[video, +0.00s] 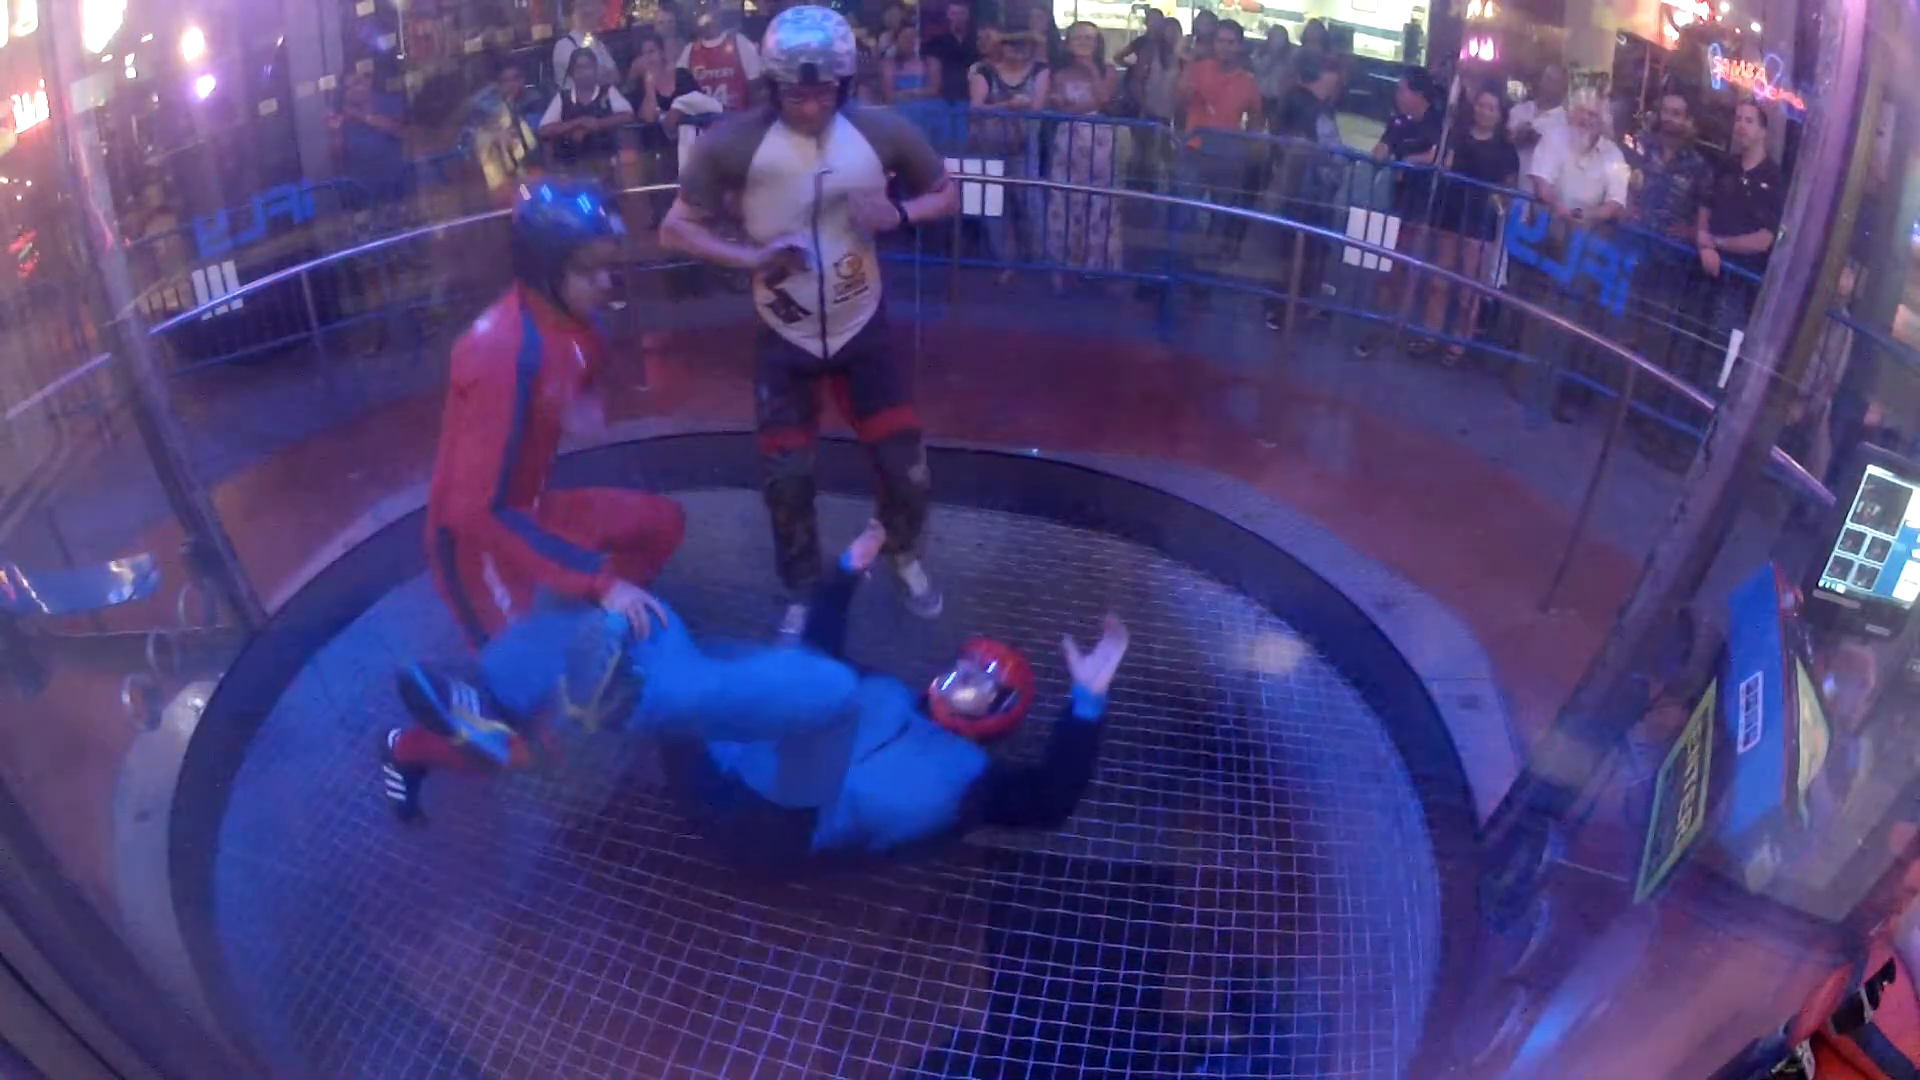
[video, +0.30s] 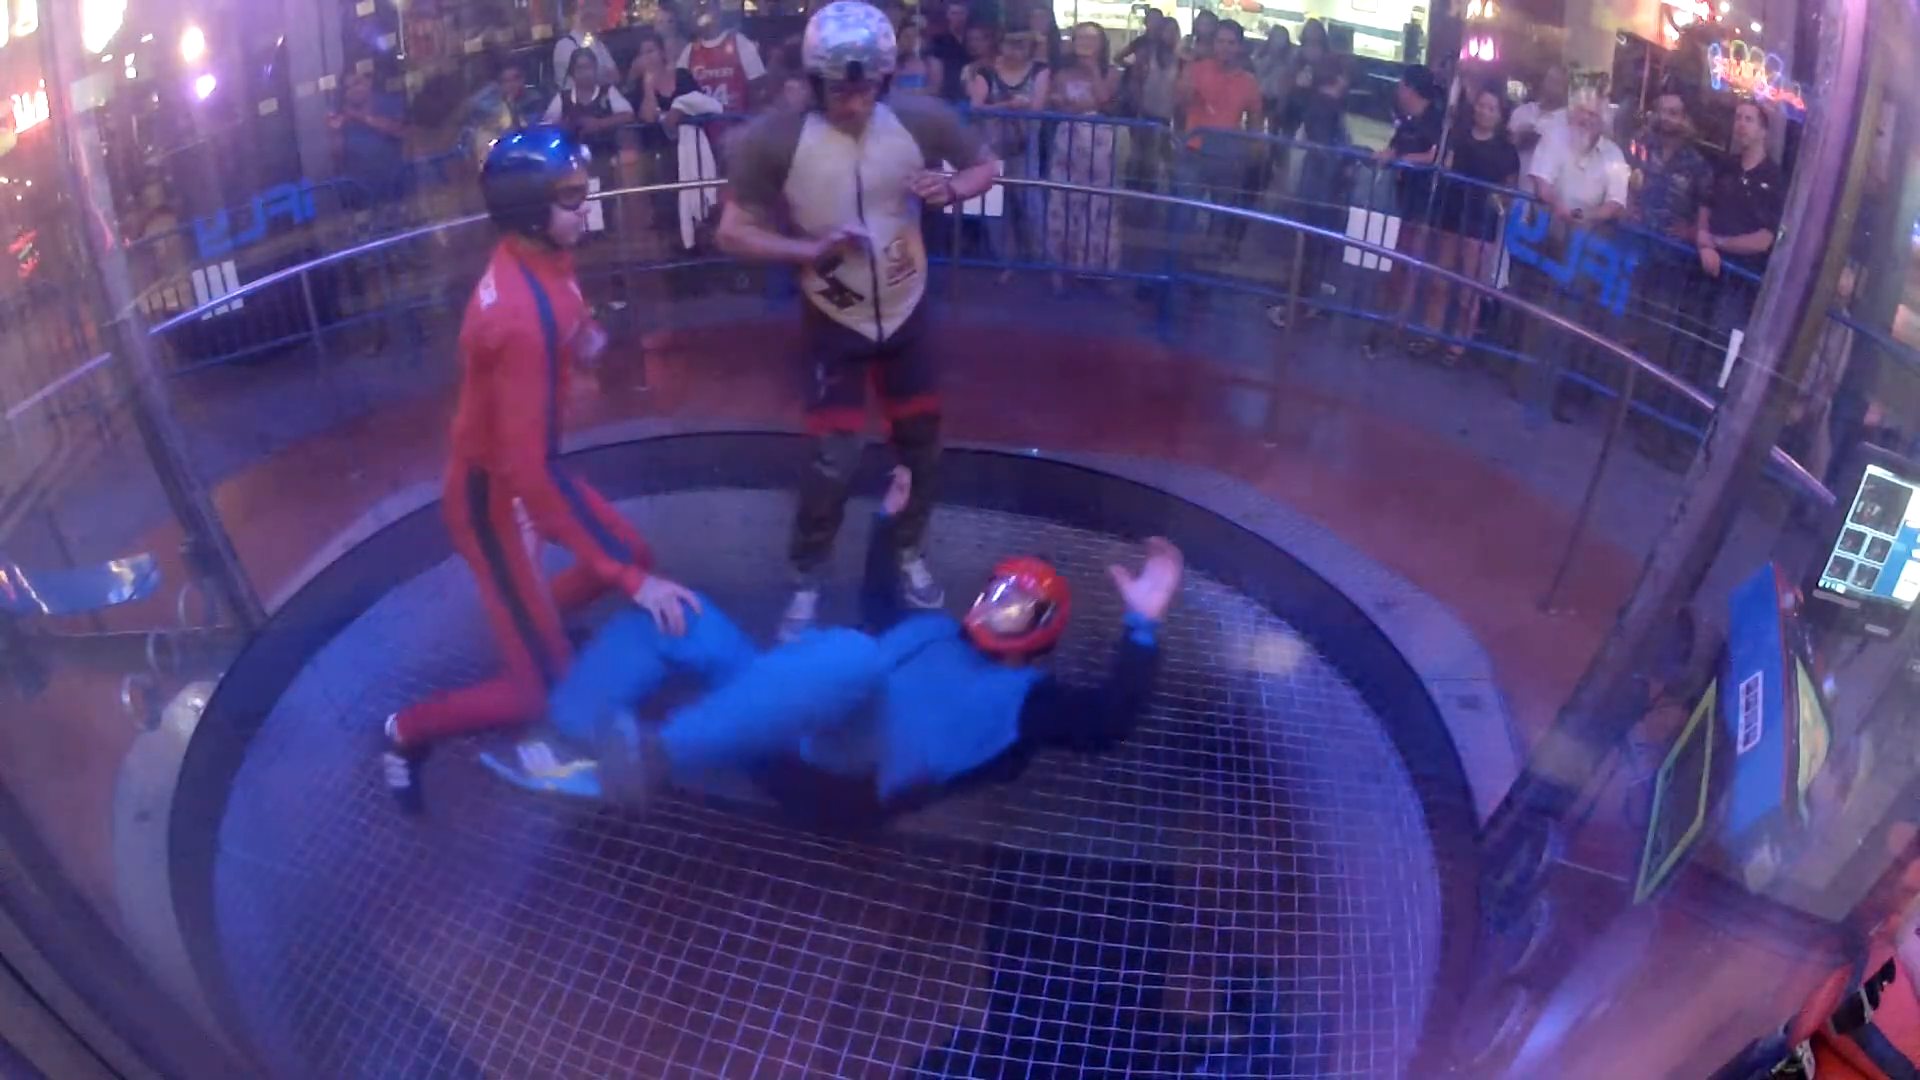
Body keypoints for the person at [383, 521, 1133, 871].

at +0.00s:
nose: (963, 676)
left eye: (984, 681)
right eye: (965, 665)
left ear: (1004, 716)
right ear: (946, 663)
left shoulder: (979, 779)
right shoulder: (889, 691)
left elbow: (1051, 797)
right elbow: (815, 650)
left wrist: (1089, 701)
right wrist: (850, 571)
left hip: (802, 803)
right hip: (742, 744)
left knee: (831, 685)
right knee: (622, 627)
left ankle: (641, 696)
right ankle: (488, 698)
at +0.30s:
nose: (994, 603)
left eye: (1015, 602)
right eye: (994, 590)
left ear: (1040, 631)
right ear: (978, 591)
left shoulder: (1031, 701)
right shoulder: (930, 632)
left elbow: (1111, 720)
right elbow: (877, 602)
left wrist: (1141, 625)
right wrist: (888, 521)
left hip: (855, 775)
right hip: (797, 717)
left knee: (853, 658)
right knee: (666, 607)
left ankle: (658, 755)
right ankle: (571, 745)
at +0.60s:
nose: (1065, 554)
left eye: (1084, 556)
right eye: (1063, 538)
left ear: (1100, 581)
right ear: (1042, 535)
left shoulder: (1081, 645)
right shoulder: (983, 556)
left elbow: (1181, 680)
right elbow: (918, 501)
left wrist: (1239, 598)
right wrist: (962, 437)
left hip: (923, 714)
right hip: (859, 654)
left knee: (930, 662)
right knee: (756, 563)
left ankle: (750, 778)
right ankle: (657, 704)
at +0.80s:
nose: (1112, 515)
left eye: (1130, 519)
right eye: (1109, 502)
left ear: (1140, 545)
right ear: (1085, 502)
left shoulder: (1120, 604)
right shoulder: (1023, 524)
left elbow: (1223, 625)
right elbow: (975, 473)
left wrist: (1275, 557)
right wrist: (1019, 405)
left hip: (948, 664)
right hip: (892, 607)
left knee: (997, 613)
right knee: (812, 479)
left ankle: (799, 709)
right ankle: (702, 623)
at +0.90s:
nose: (1133, 492)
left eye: (1151, 496)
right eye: (1130, 480)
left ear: (1160, 527)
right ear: (1106, 482)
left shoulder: (1139, 590)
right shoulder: (1054, 504)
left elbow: (1248, 595)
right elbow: (1001, 470)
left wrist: (1292, 520)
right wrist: (1045, 399)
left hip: (964, 633)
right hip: (916, 566)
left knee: (1022, 535)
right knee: (835, 443)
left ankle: (822, 636)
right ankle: (703, 539)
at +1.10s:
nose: (1173, 426)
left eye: (1189, 433)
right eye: (1170, 419)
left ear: (1197, 465)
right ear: (1147, 427)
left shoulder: (1182, 520)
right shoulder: (1086, 458)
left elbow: (1277, 526)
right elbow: (1043, 422)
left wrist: (1322, 451)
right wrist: (1092, 362)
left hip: (1005, 562)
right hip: (947, 518)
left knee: (1023, 427)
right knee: (857, 377)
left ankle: (833, 490)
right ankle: (717, 476)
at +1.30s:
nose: (1206, 356)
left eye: (1226, 361)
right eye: (1204, 347)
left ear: (1240, 393)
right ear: (1183, 352)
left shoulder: (1219, 444)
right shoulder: (1133, 379)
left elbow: (1319, 452)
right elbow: (1073, 362)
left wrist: (1365, 380)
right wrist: (1119, 296)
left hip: (1052, 474)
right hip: (1008, 428)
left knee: (1054, 325)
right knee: (882, 309)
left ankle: (855, 402)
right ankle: (720, 386)